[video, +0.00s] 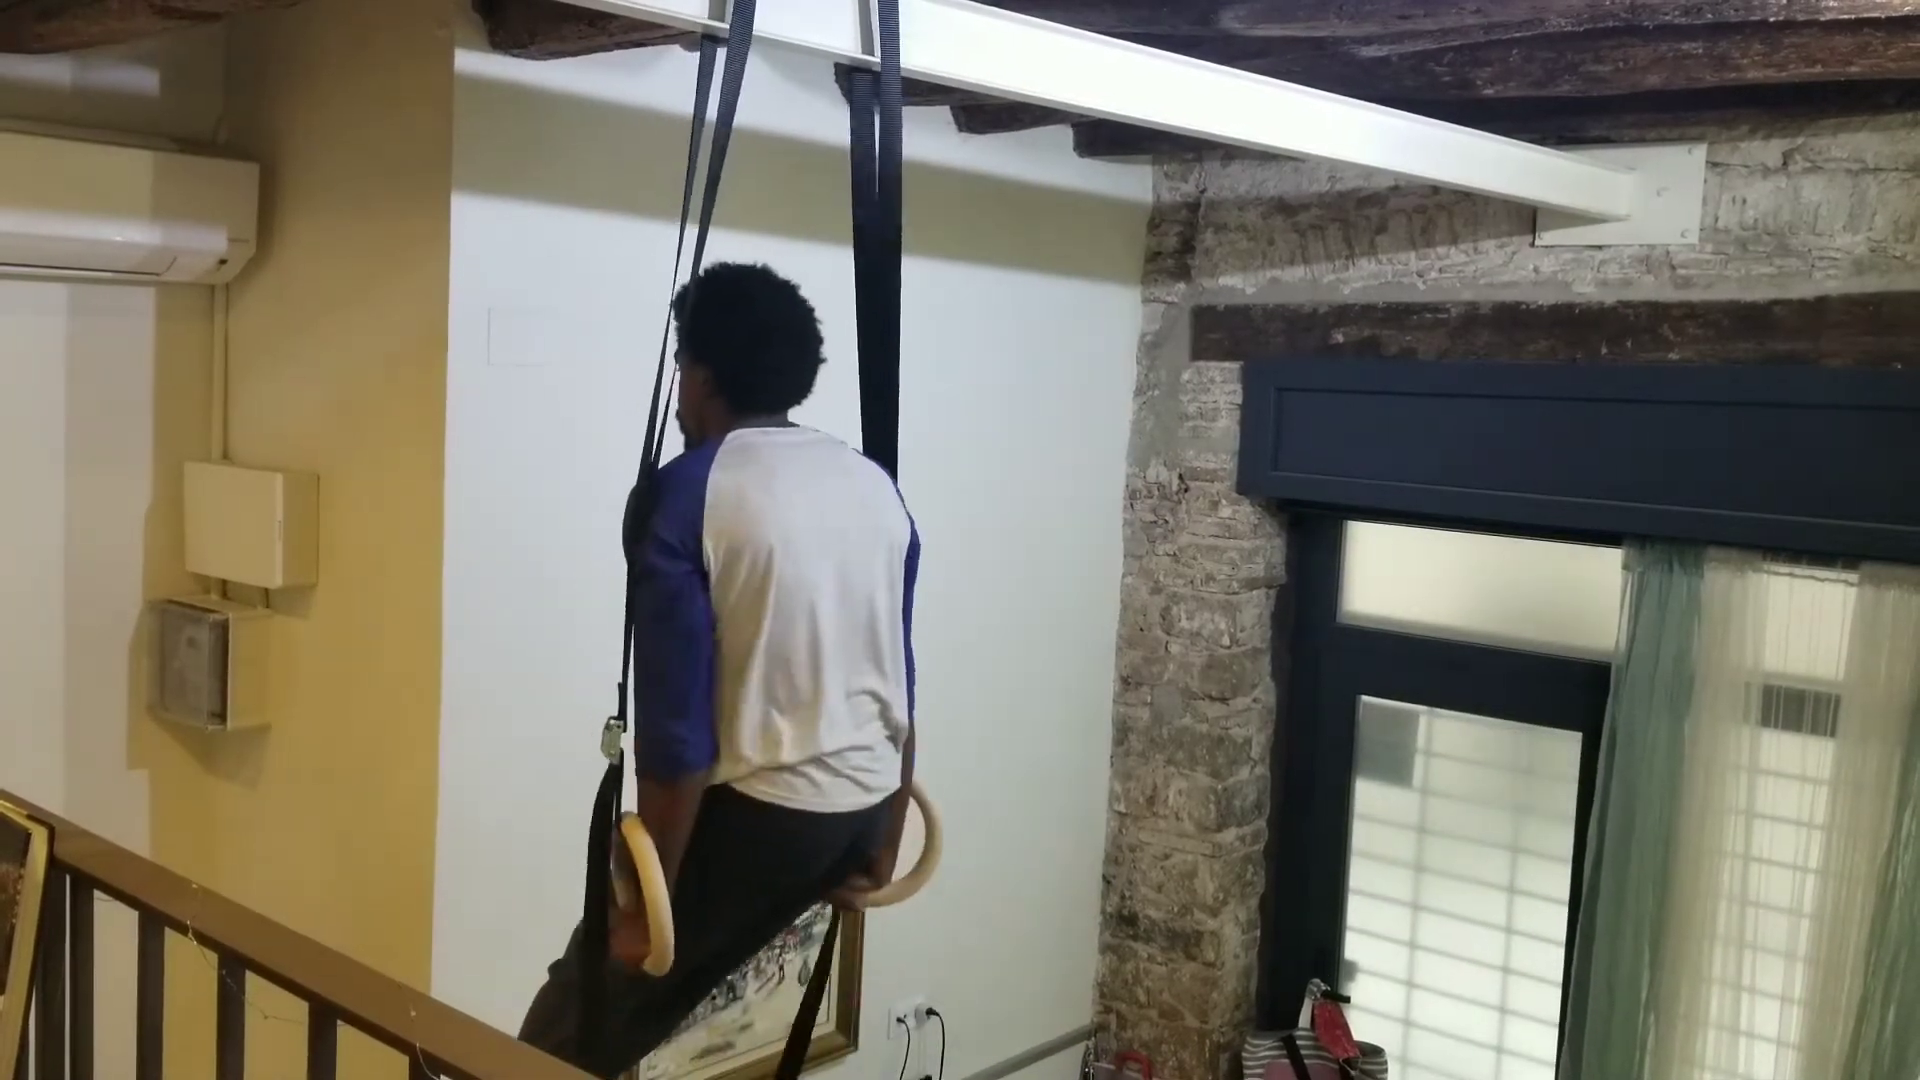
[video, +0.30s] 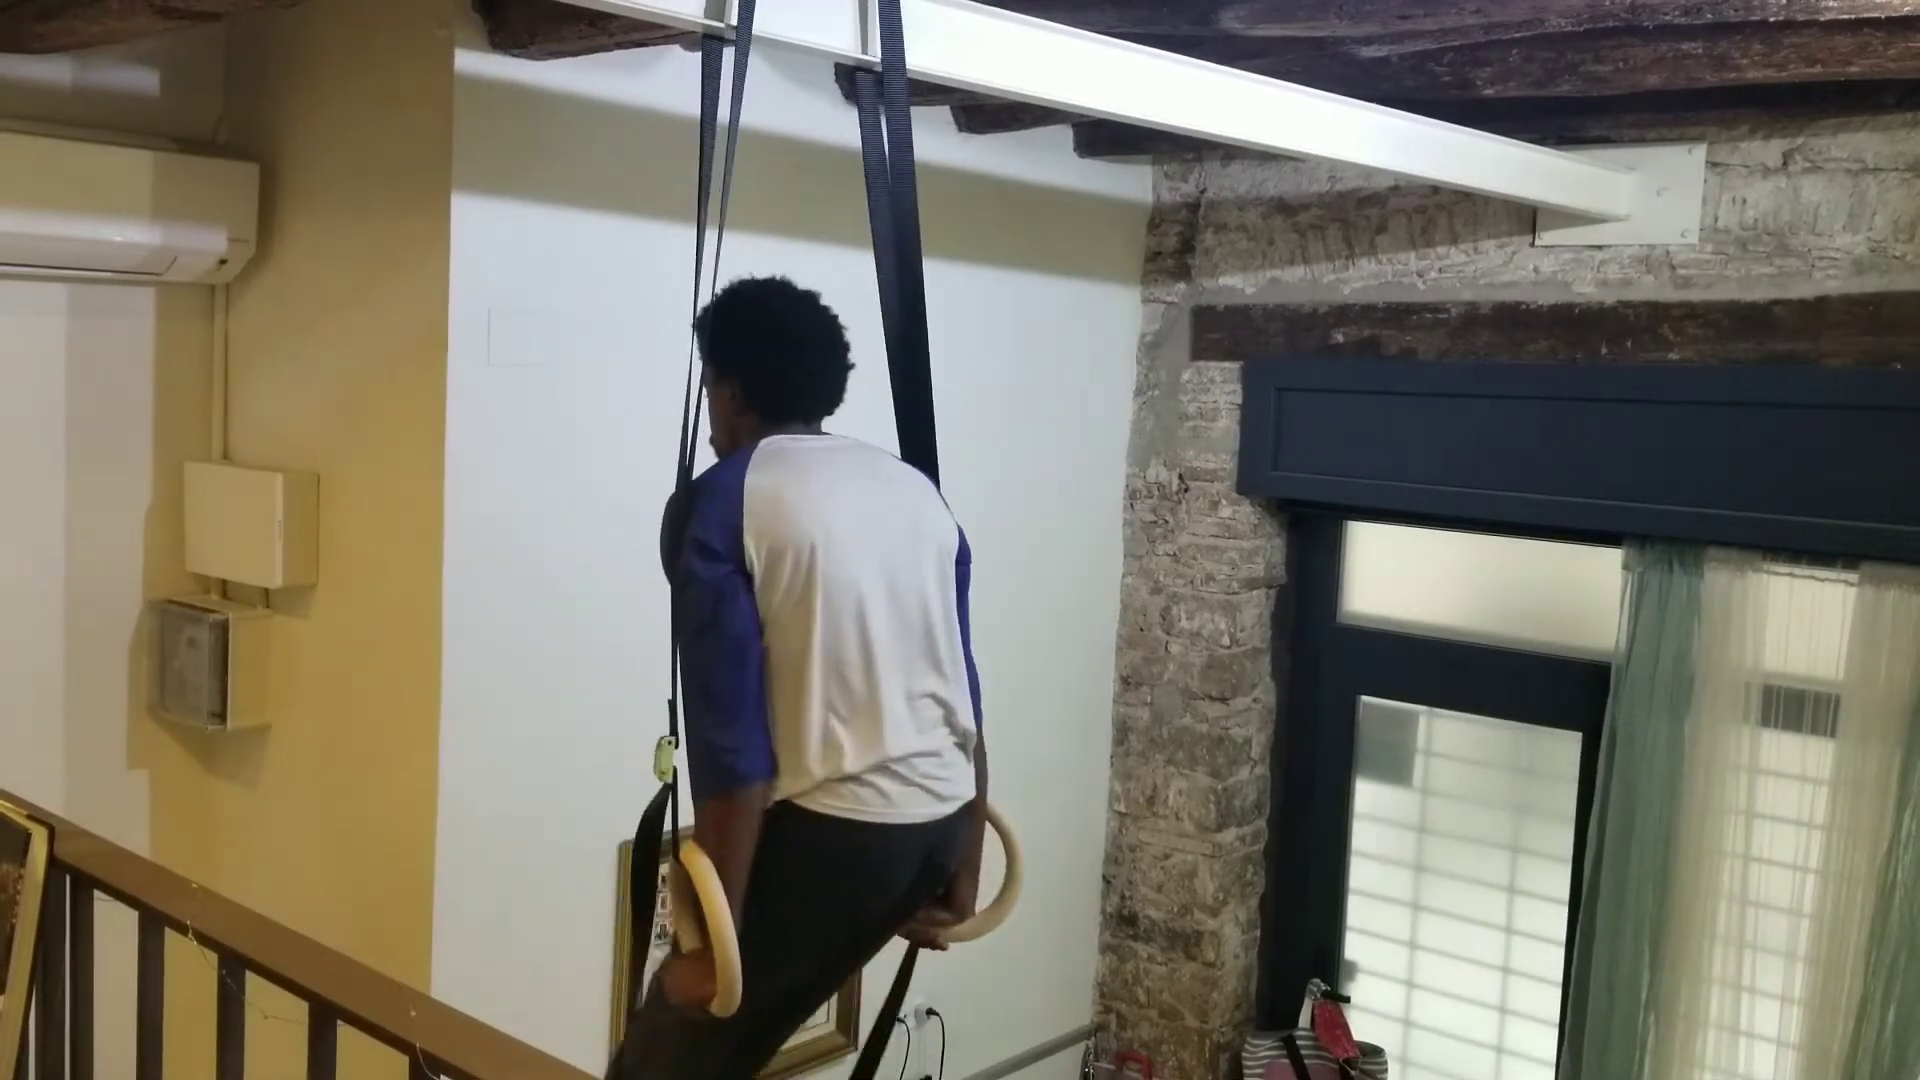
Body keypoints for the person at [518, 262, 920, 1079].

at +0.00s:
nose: (678, 388)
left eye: (682, 365)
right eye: (683, 364)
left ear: (701, 375)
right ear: (796, 376)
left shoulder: (684, 493)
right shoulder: (876, 487)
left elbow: (676, 731)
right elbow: (899, 690)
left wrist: (642, 902)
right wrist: (881, 847)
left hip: (747, 826)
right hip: (854, 823)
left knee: (575, 1020)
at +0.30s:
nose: (707, 407)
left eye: (710, 384)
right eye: (709, 384)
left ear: (734, 391)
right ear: (827, 389)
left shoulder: (721, 499)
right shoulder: (922, 495)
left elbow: (733, 750)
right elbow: (962, 702)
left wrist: (705, 938)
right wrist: (962, 889)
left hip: (820, 844)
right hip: (928, 843)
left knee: (664, 1054)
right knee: (725, 1045)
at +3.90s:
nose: (599, 436)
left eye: (595, 417)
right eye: (591, 419)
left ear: (622, 400)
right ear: (698, 385)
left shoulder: (622, 490)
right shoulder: (812, 468)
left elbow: (637, 684)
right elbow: (815, 656)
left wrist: (645, 878)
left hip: (743, 798)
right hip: (859, 789)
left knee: (743, 1058)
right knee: (833, 1056)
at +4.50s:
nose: (612, 456)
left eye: (607, 441)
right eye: (603, 444)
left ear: (628, 411)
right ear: (705, 394)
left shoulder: (630, 489)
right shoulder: (825, 474)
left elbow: (632, 692)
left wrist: (638, 886)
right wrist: (650, 913)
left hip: (740, 819)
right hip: (861, 813)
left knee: (743, 1063)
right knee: (834, 1063)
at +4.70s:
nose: (610, 467)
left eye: (606, 451)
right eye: (601, 454)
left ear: (629, 421)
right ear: (705, 404)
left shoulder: (630, 496)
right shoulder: (828, 479)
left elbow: (637, 680)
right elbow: (852, 658)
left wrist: (645, 863)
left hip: (751, 818)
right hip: (870, 809)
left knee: (763, 1061)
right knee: (863, 1062)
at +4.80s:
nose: (609, 471)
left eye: (604, 456)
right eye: (601, 459)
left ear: (626, 427)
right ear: (702, 408)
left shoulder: (629, 499)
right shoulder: (827, 481)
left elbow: (639, 680)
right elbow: (853, 658)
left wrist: (648, 862)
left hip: (758, 814)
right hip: (873, 805)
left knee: (771, 1061)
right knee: (878, 1062)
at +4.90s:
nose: (606, 470)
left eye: (601, 453)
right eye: (597, 457)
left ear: (625, 428)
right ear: (701, 409)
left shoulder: (625, 502)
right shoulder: (822, 483)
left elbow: (642, 688)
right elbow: (856, 658)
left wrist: (654, 874)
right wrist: (875, 796)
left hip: (762, 811)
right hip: (877, 802)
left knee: (781, 1062)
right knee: (893, 1061)